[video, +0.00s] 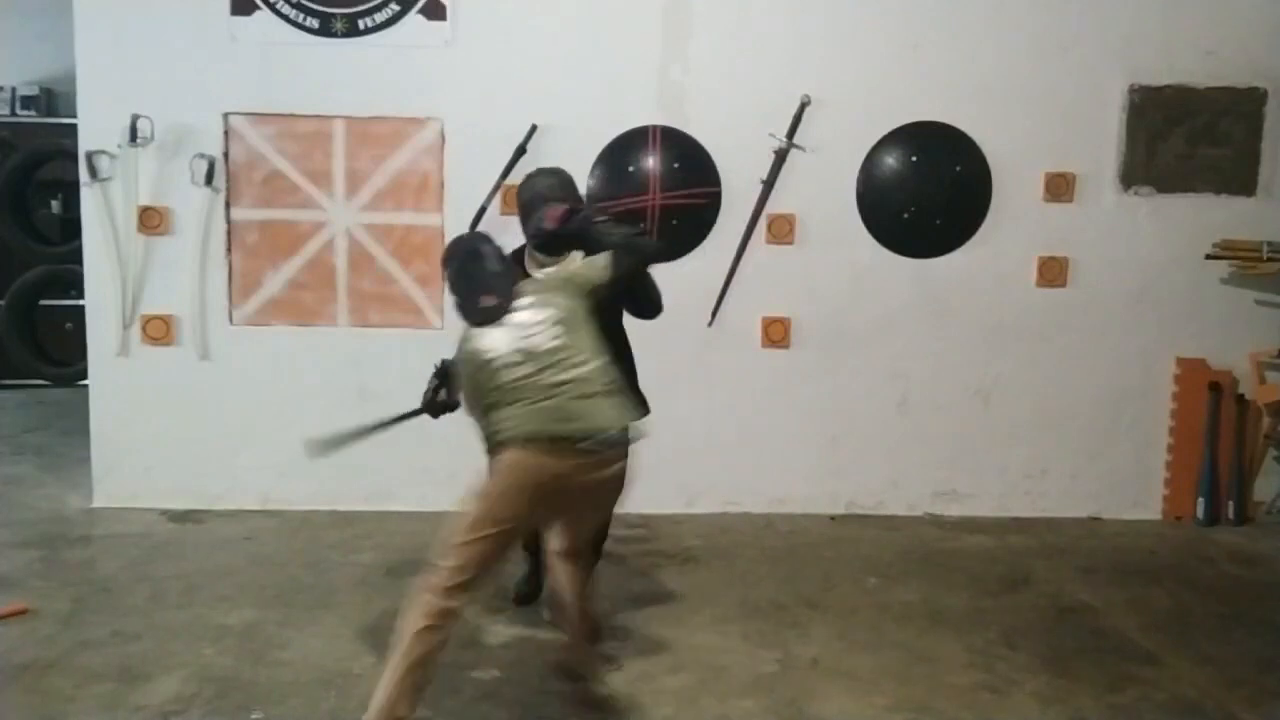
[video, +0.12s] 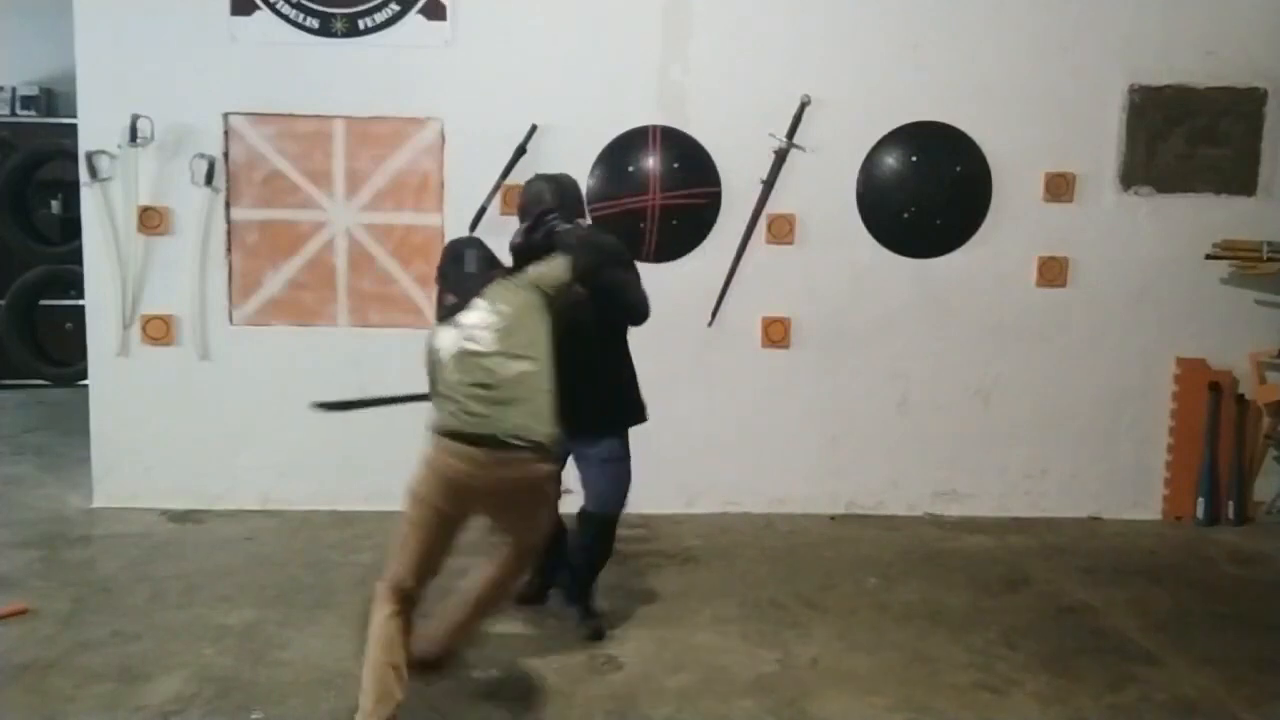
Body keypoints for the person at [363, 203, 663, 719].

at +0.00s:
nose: (457, 296)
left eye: (456, 286)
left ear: (461, 291)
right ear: (507, 268)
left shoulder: (471, 349)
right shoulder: (561, 282)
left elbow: (491, 430)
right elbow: (635, 252)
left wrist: (510, 505)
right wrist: (584, 231)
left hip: (528, 462)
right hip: (605, 456)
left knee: (448, 579)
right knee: (571, 555)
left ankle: (389, 708)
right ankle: (581, 664)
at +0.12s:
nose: (436, 295)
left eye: (438, 285)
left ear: (446, 287)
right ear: (493, 270)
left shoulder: (441, 334)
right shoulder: (524, 287)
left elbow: (443, 400)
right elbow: (572, 255)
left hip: (453, 462)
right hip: (526, 469)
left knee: (397, 592)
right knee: (522, 548)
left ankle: (375, 710)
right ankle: (437, 649)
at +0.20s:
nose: (499, 253)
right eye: (491, 250)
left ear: (445, 271)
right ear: (485, 261)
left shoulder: (434, 314)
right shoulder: (507, 278)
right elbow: (563, 233)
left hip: (418, 444)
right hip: (480, 458)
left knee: (378, 563)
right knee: (459, 564)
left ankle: (353, 680)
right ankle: (397, 649)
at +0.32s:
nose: (475, 257)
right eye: (473, 250)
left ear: (425, 257)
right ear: (467, 253)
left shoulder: (409, 298)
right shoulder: (473, 276)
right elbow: (562, 234)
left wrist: (498, 244)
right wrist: (518, 226)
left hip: (382, 446)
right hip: (441, 459)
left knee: (392, 514)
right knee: (457, 553)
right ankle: (380, 650)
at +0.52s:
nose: (464, 271)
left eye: (463, 264)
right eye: (460, 264)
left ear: (409, 261)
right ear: (444, 262)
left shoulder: (376, 305)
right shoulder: (445, 289)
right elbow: (503, 283)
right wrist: (519, 264)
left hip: (339, 446)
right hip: (385, 461)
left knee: (352, 516)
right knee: (487, 530)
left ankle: (280, 610)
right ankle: (398, 606)